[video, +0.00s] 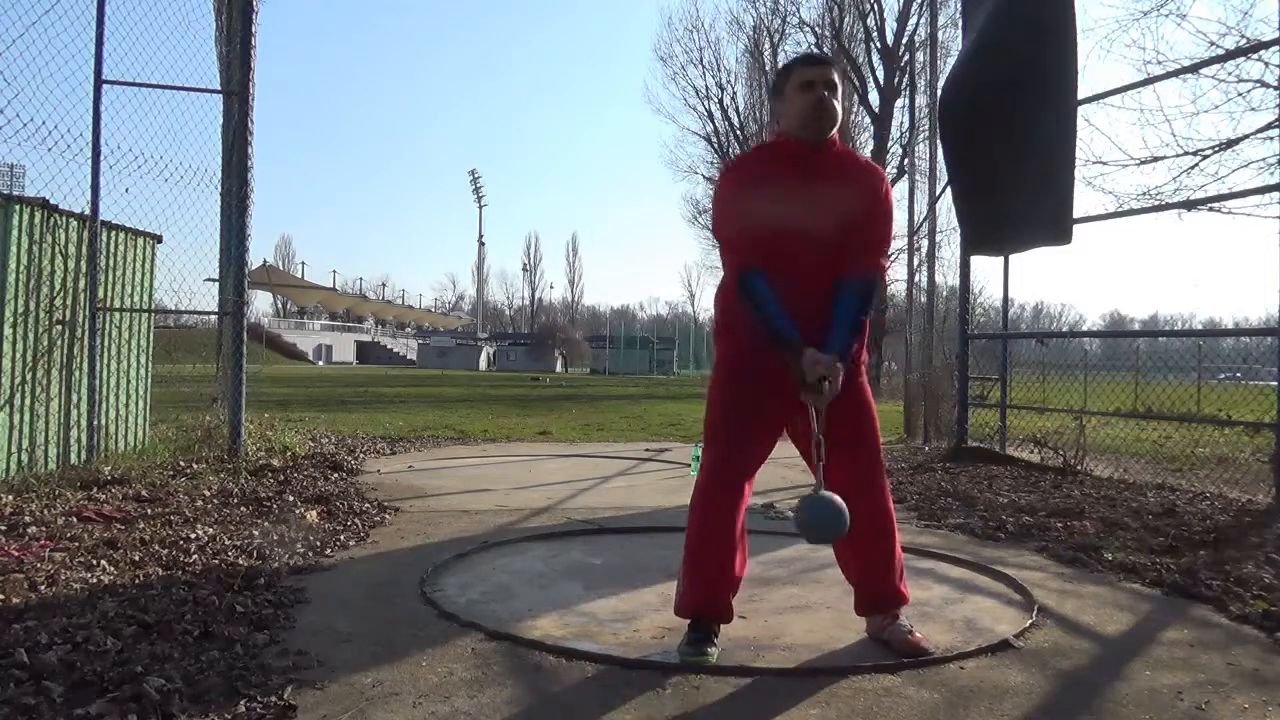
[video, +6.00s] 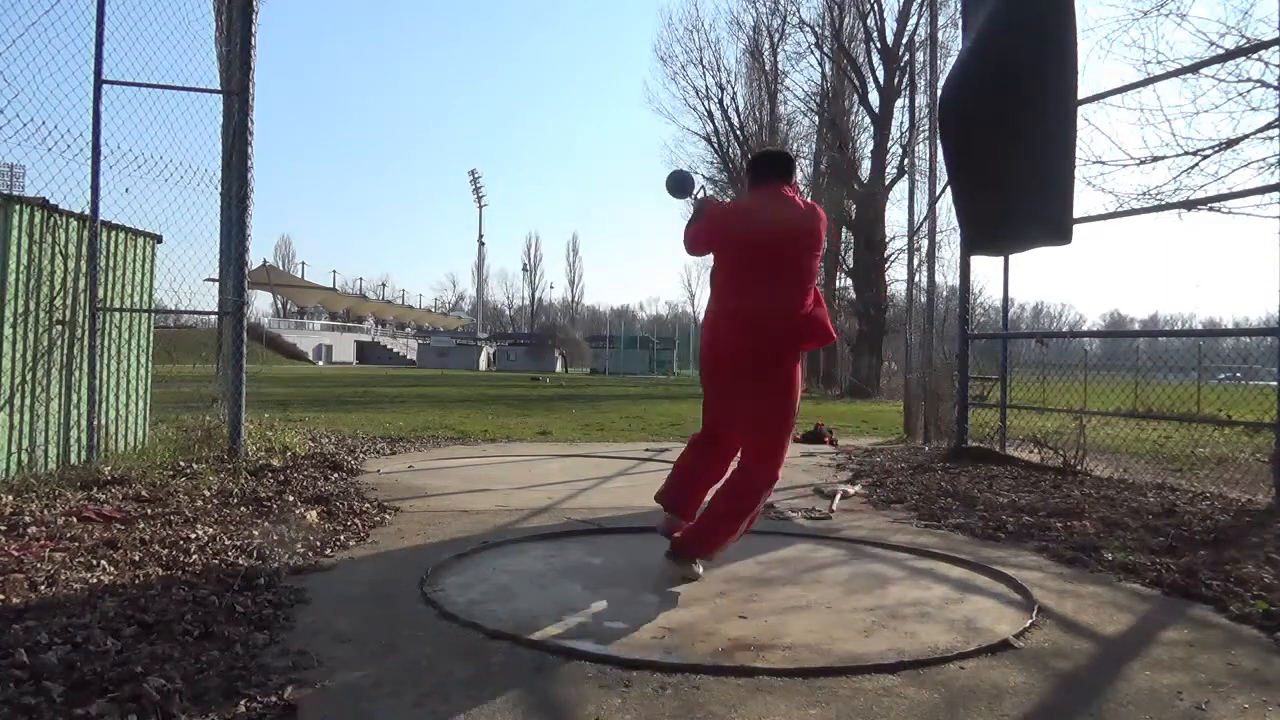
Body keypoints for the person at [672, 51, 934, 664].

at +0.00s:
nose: (824, 95)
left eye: (832, 87)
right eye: (809, 87)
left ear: (843, 104)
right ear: (778, 102)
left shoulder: (867, 178)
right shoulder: (742, 174)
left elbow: (863, 273)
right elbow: (746, 270)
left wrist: (838, 351)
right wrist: (796, 347)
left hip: (838, 351)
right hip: (751, 350)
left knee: (865, 477)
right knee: (722, 479)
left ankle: (885, 614)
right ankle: (704, 619)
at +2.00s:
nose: (814, 89)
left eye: (821, 82)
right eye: (798, 81)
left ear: (833, 102)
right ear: (770, 101)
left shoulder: (861, 173)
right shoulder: (742, 166)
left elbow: (873, 251)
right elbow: (761, 244)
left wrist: (862, 306)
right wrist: (831, 290)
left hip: (829, 354)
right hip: (749, 354)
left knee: (860, 480)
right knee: (720, 483)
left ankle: (884, 614)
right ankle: (704, 619)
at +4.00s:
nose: (737, 152)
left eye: (747, 141)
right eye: (741, 142)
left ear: (778, 146)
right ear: (766, 148)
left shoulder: (825, 204)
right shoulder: (751, 215)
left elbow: (789, 284)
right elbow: (714, 266)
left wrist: (708, 310)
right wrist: (685, 296)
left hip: (845, 384)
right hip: (781, 383)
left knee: (842, 523)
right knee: (715, 481)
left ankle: (914, 591)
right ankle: (747, 622)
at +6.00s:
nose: (796, 189)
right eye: (797, 184)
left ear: (748, 181)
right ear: (794, 184)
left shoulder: (725, 213)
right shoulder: (812, 218)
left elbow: (694, 242)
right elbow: (793, 215)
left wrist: (704, 208)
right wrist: (785, 192)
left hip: (722, 348)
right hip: (777, 355)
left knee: (719, 435)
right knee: (762, 466)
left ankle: (675, 509)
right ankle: (690, 550)